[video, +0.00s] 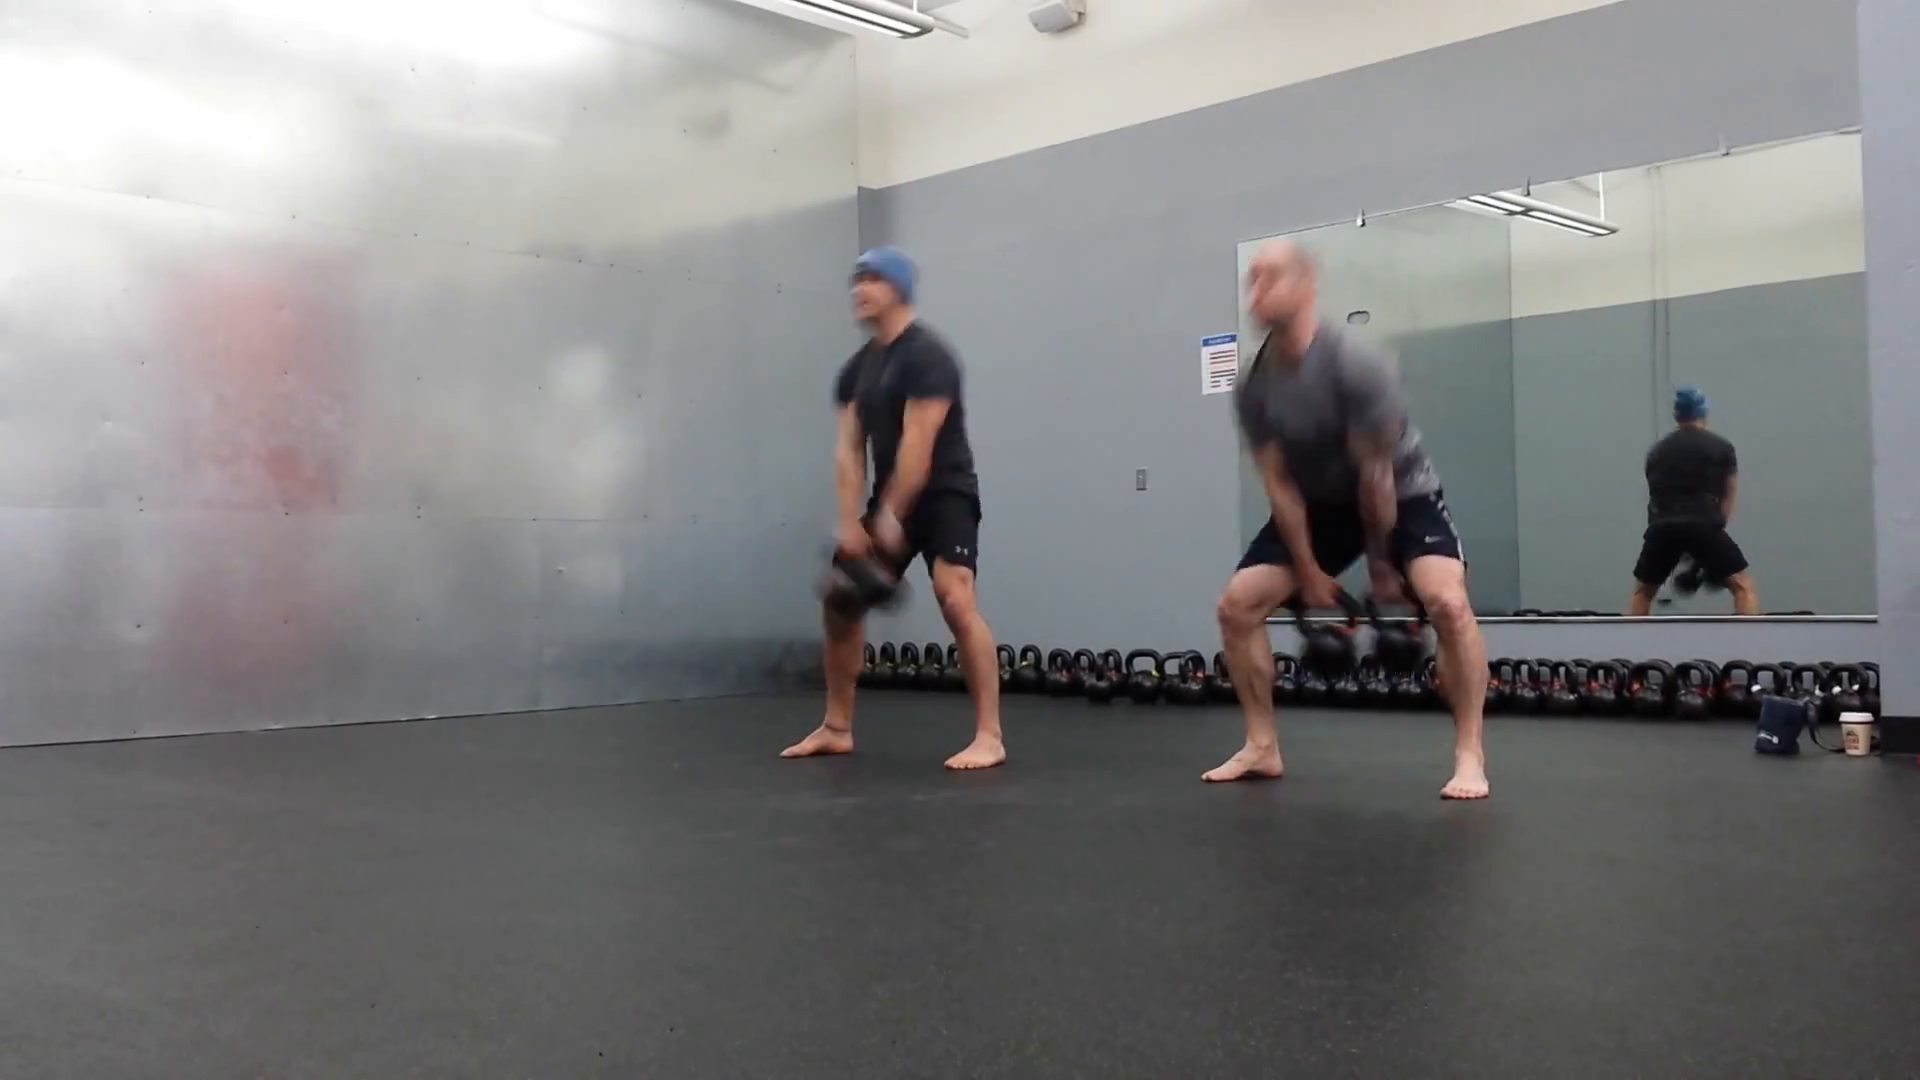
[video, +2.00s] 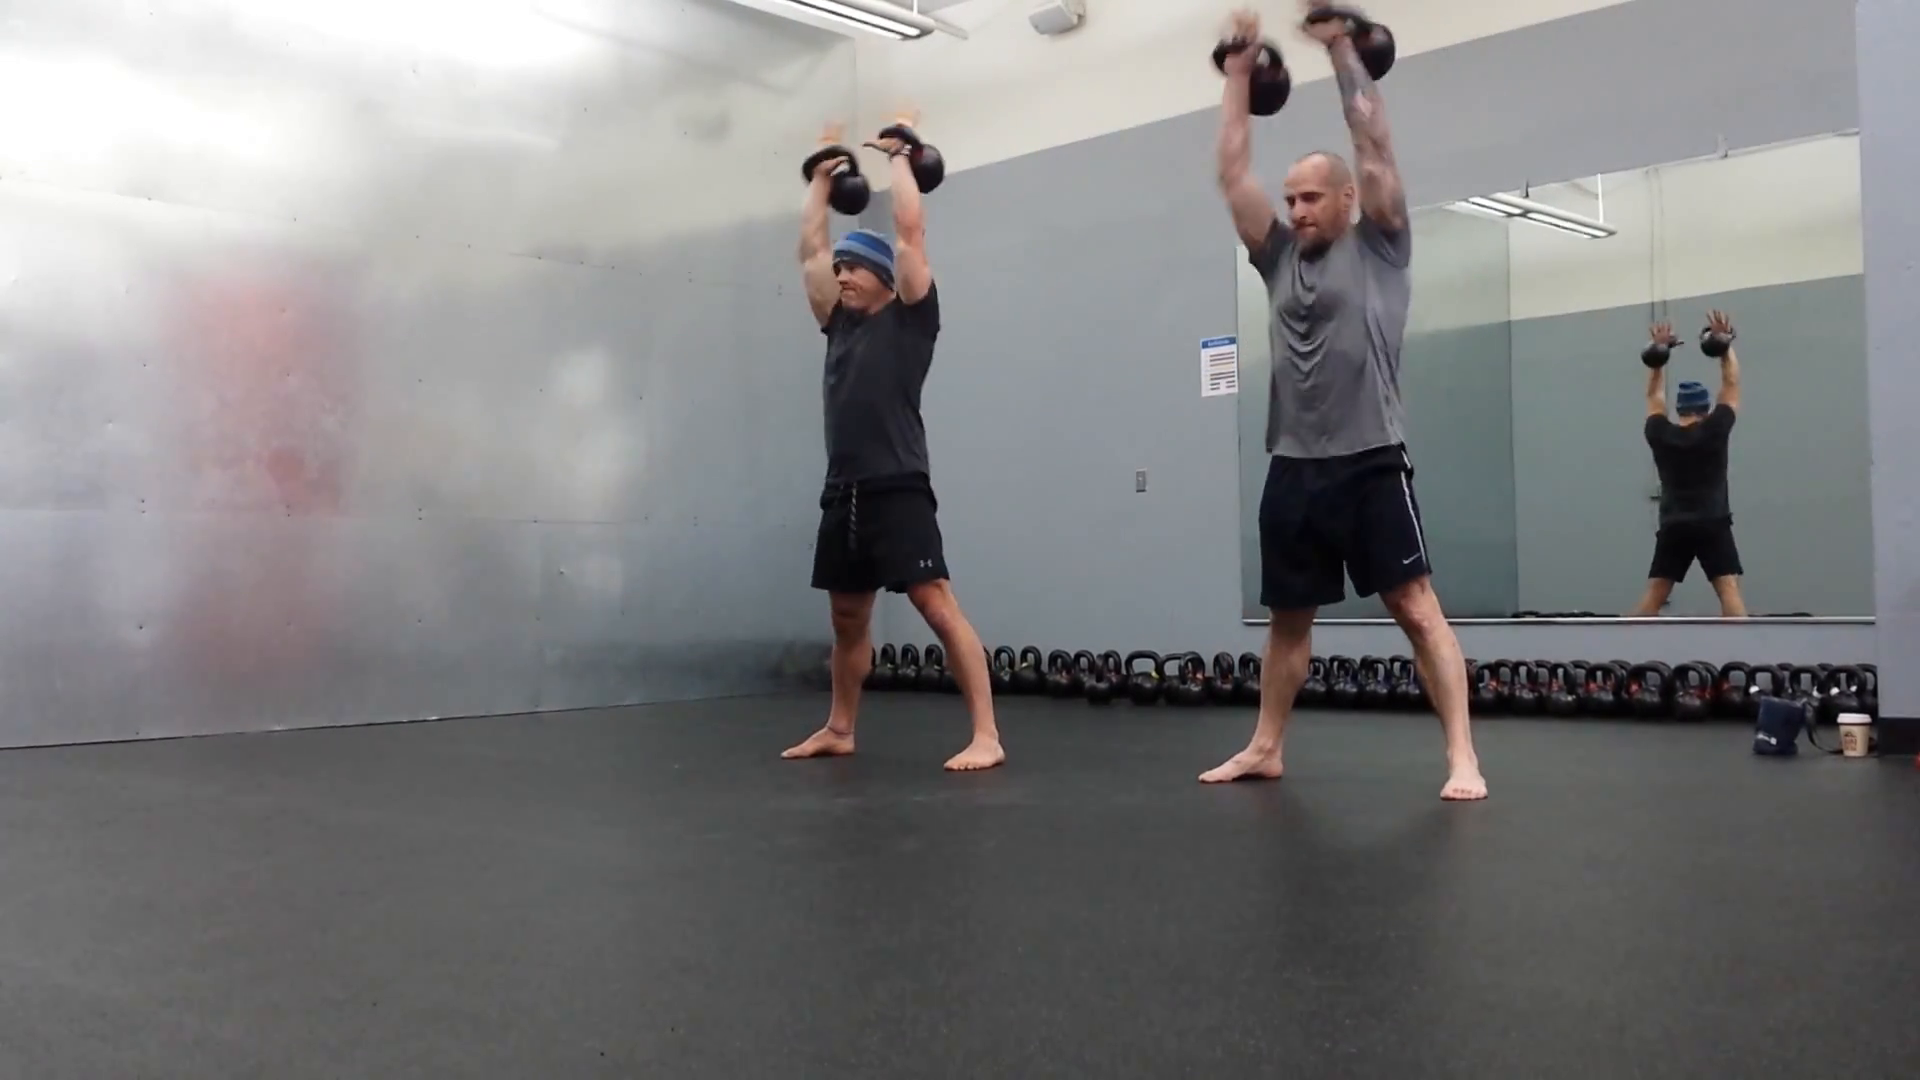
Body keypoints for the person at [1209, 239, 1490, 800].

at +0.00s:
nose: (1255, 292)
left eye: (1269, 278)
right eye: (1252, 281)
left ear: (1307, 283)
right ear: (1252, 294)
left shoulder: (1359, 364)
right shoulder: (1255, 388)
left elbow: (1378, 474)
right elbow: (1278, 484)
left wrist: (1382, 571)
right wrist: (1309, 572)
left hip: (1402, 500)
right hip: (1324, 507)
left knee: (1448, 605)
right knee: (1238, 607)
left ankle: (1470, 754)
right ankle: (1262, 746)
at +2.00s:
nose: (1298, 209)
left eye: (1309, 197)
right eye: (1294, 200)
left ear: (1346, 198)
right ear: (1288, 208)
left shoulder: (1380, 248)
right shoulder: (1280, 257)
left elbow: (1376, 146)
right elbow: (1232, 171)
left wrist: (1340, 48)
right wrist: (1238, 71)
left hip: (1373, 461)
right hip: (1293, 466)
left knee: (1415, 607)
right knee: (1288, 617)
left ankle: (1462, 759)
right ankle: (1265, 747)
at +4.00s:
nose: (1335, 206)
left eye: (1349, 194)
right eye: (1329, 197)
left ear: (1385, 204)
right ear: (1324, 209)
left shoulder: (1416, 279)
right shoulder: (1308, 284)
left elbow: (1401, 353)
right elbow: (1270, 378)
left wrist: (1340, 296)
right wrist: (1262, 310)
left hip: (1387, 467)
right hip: (1311, 470)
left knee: (1421, 610)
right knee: (1288, 613)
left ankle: (1464, 758)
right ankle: (1265, 747)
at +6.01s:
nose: (1220, 396)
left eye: (1232, 379)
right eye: (1215, 383)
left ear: (1269, 377)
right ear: (1210, 388)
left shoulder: (1335, 440)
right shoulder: (1233, 462)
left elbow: (1373, 544)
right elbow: (1280, 544)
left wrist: (1373, 616)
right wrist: (1330, 615)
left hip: (1400, 534)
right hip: (1322, 545)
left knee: (1420, 622)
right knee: (1220, 615)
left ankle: (1464, 761)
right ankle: (1260, 749)